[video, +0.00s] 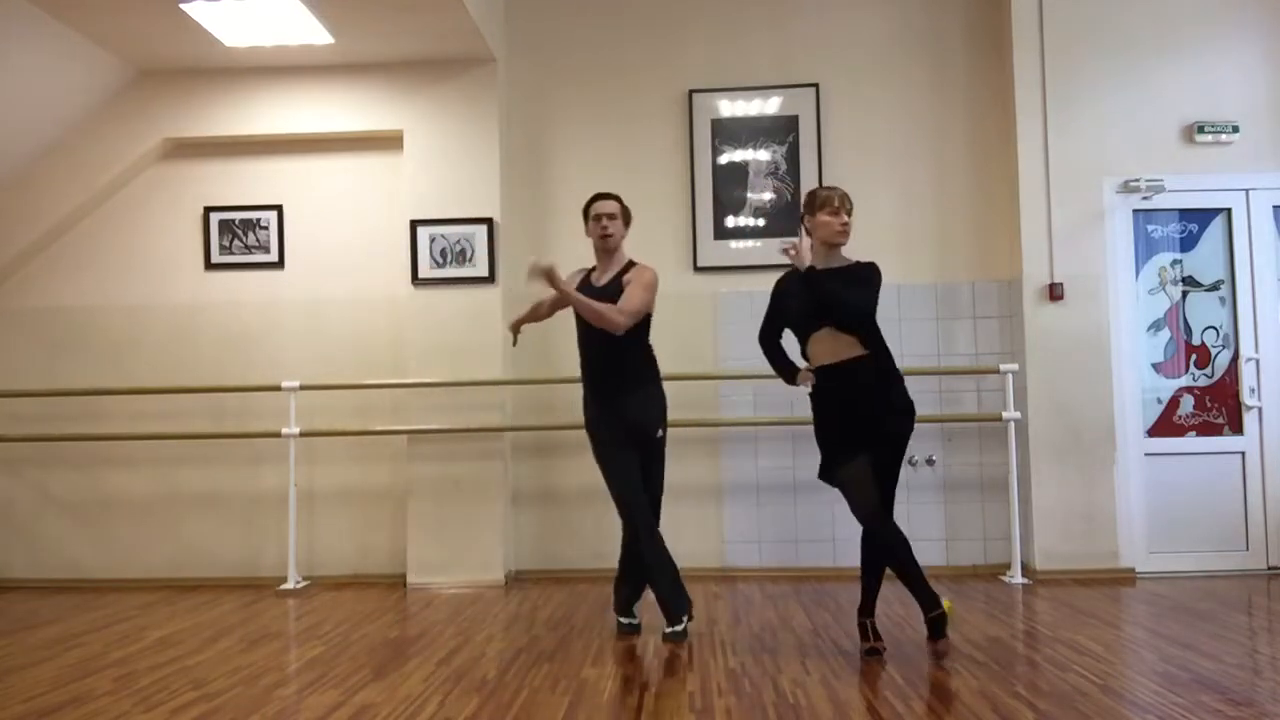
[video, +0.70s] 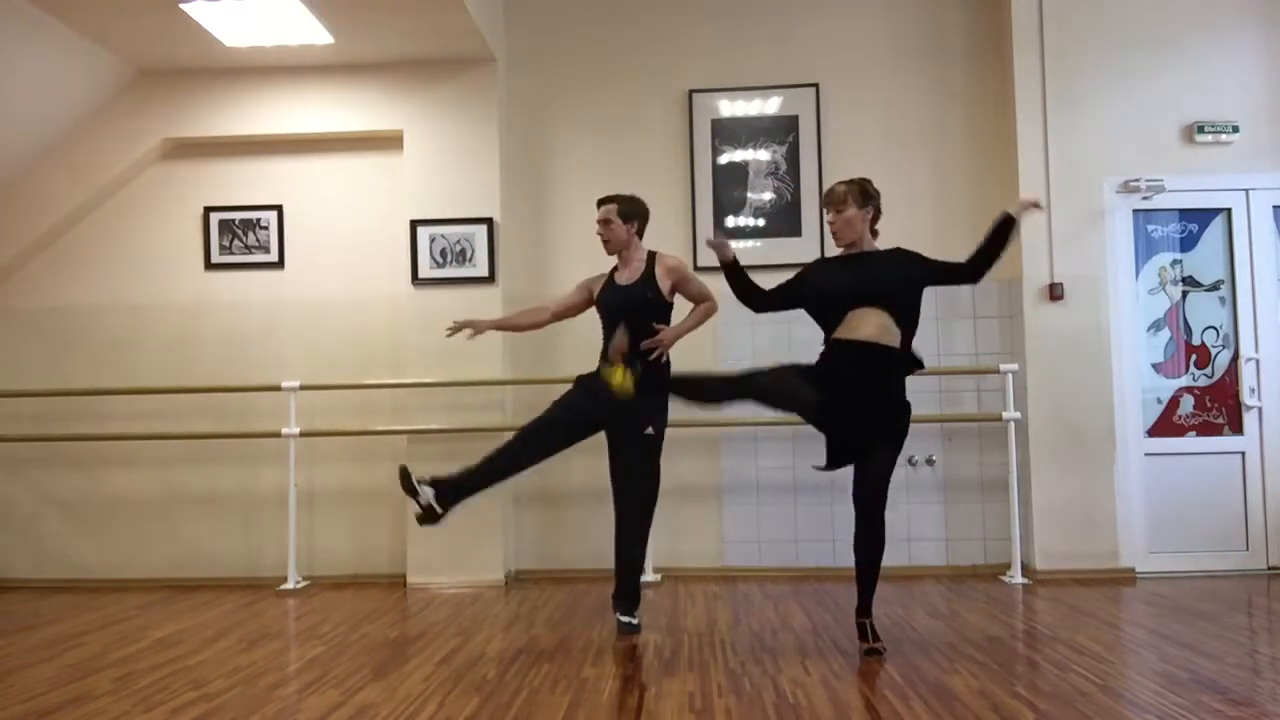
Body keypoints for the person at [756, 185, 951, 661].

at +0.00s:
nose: (841, 218)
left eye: (845, 213)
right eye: (830, 211)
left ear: (851, 223)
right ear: (807, 222)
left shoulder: (865, 271)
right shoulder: (790, 283)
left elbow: (855, 315)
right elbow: (767, 338)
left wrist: (805, 269)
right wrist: (795, 373)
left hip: (884, 395)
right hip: (833, 402)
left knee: (878, 514)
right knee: (870, 514)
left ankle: (866, 616)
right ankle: (932, 605)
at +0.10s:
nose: (849, 218)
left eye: (853, 212)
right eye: (838, 211)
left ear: (857, 222)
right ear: (816, 219)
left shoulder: (868, 264)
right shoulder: (798, 278)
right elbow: (774, 334)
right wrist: (796, 370)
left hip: (884, 388)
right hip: (834, 395)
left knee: (879, 505)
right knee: (858, 496)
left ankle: (865, 615)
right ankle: (940, 543)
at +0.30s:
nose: (858, 223)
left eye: (865, 216)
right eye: (849, 216)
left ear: (873, 224)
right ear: (831, 223)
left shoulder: (885, 278)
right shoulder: (815, 281)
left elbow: (879, 339)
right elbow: (791, 328)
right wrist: (798, 364)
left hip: (881, 397)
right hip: (831, 400)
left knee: (879, 509)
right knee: (849, 505)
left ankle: (866, 614)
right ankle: (930, 512)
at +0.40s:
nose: (847, 222)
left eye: (856, 213)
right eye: (840, 215)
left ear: (875, 218)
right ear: (834, 223)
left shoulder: (898, 277)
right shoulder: (822, 276)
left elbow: (926, 341)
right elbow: (791, 322)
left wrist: (959, 346)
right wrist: (792, 353)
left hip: (874, 387)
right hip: (825, 386)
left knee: (869, 499)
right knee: (839, 488)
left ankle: (868, 613)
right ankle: (871, 586)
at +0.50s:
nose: (840, 221)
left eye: (850, 212)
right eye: (836, 214)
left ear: (876, 216)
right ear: (834, 220)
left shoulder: (902, 273)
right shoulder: (823, 274)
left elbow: (953, 322)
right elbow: (784, 312)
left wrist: (1012, 319)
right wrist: (776, 332)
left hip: (877, 392)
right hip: (826, 389)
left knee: (868, 506)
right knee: (805, 482)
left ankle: (868, 614)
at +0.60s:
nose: (835, 221)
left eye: (844, 212)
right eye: (833, 213)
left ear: (874, 215)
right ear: (836, 220)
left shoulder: (907, 265)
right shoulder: (824, 273)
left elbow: (970, 289)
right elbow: (774, 307)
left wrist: (1020, 260)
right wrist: (744, 297)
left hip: (883, 394)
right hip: (828, 389)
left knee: (872, 510)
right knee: (766, 428)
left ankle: (867, 615)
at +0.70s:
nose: (832, 221)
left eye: (841, 212)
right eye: (829, 214)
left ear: (870, 215)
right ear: (831, 218)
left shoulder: (904, 263)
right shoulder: (820, 274)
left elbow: (971, 270)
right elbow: (758, 301)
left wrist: (1010, 218)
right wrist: (727, 260)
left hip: (884, 392)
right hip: (829, 381)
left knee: (870, 508)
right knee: (748, 383)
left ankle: (864, 614)